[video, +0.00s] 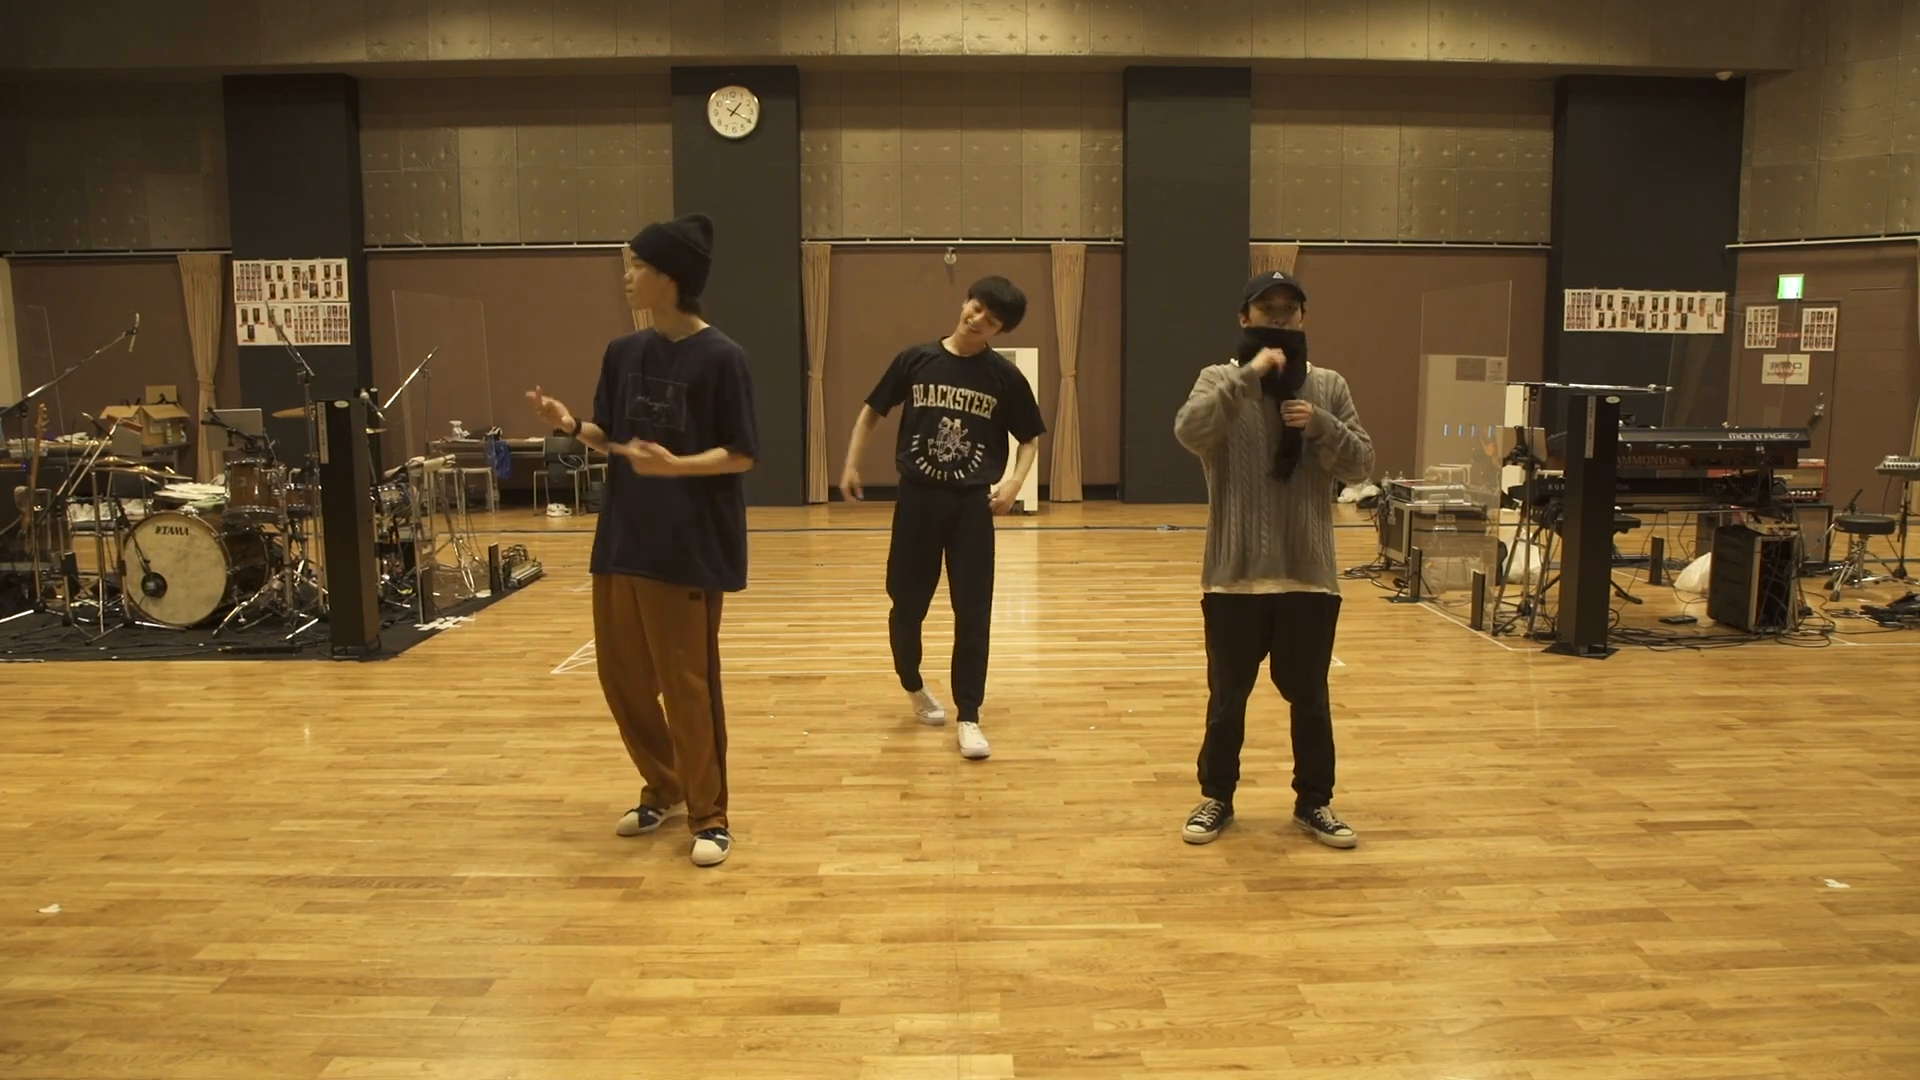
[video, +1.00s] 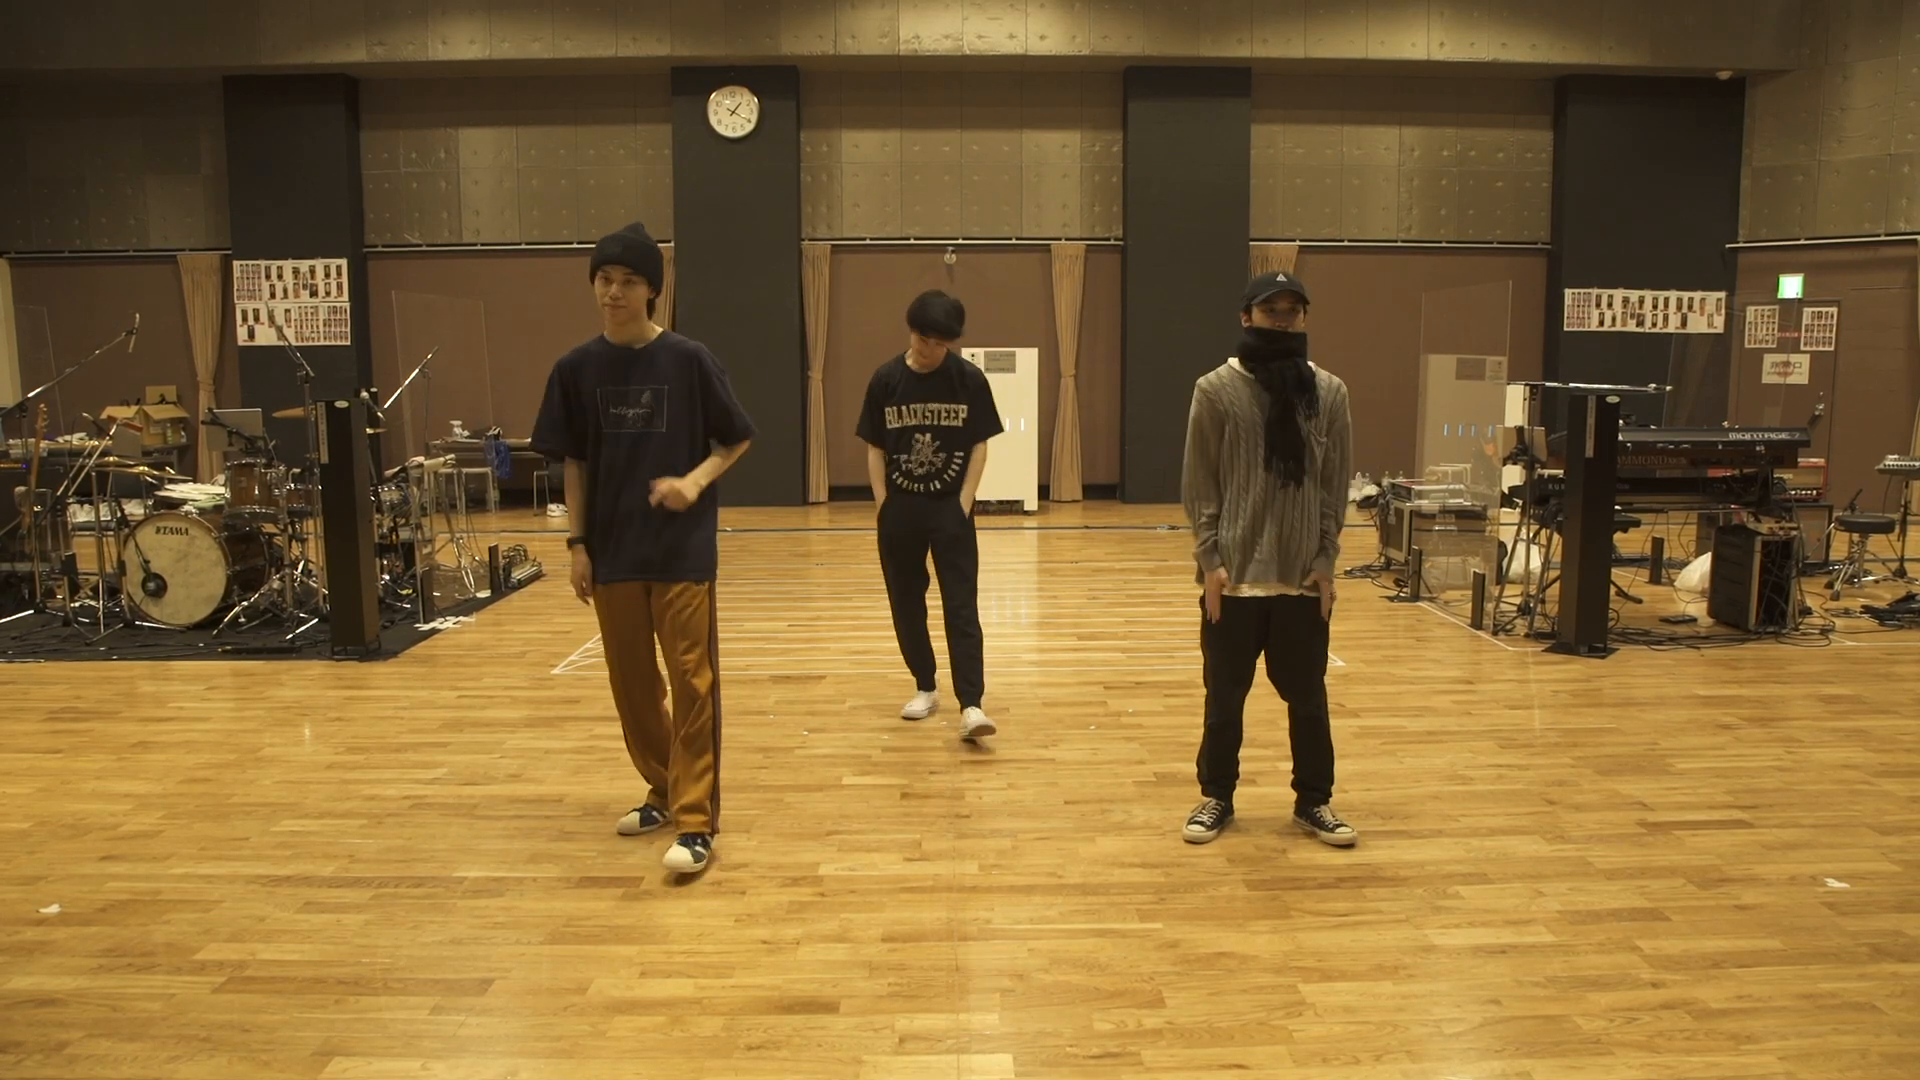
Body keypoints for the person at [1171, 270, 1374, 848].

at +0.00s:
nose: (1280, 320)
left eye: (1290, 310)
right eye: (1268, 310)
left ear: (1304, 319)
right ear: (1246, 317)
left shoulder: (1328, 387)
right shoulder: (1219, 382)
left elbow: (1361, 464)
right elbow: (1191, 432)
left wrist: (1321, 425)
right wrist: (1248, 373)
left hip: (1309, 574)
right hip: (1234, 573)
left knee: (1310, 697)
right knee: (1226, 697)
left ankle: (1314, 804)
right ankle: (1216, 801)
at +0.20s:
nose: (1282, 321)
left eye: (1291, 311)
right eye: (1271, 310)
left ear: (1305, 318)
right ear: (1247, 316)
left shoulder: (1328, 388)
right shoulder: (1217, 385)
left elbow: (1373, 463)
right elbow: (1168, 406)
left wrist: (1342, 417)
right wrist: (1224, 344)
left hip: (1308, 573)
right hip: (1232, 571)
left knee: (1310, 696)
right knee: (1226, 695)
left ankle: (1313, 804)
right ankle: (1215, 801)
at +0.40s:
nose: (1284, 321)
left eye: (1293, 311)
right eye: (1272, 310)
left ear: (1306, 319)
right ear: (1247, 316)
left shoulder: (1330, 391)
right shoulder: (1219, 384)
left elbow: (1362, 469)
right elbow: (1179, 422)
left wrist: (1324, 433)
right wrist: (1236, 364)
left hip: (1306, 575)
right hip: (1231, 573)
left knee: (1310, 697)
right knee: (1226, 695)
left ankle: (1313, 804)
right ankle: (1215, 801)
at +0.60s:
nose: (1281, 322)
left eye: (1291, 313)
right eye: (1270, 312)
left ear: (1304, 321)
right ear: (1247, 318)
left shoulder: (1330, 392)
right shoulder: (1220, 383)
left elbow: (1344, 480)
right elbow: (1212, 456)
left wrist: (1289, 449)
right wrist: (1276, 409)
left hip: (1304, 573)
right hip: (1229, 571)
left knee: (1309, 697)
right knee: (1225, 695)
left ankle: (1313, 805)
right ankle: (1215, 801)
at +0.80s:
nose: (1285, 321)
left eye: (1294, 311)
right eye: (1273, 311)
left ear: (1305, 319)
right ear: (1249, 317)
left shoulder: (1331, 393)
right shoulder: (1216, 392)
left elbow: (1350, 475)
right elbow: (1190, 472)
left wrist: (1367, 519)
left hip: (1304, 578)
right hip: (1230, 577)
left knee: (1307, 698)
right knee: (1223, 699)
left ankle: (1314, 804)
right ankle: (1215, 800)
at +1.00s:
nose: (1285, 320)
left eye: (1294, 311)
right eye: (1273, 310)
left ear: (1306, 319)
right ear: (1248, 317)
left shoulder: (1330, 392)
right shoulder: (1216, 389)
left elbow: (1336, 485)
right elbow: (1200, 484)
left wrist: (1327, 558)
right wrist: (1210, 562)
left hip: (1302, 577)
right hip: (1233, 576)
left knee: (1309, 697)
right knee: (1223, 697)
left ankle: (1313, 802)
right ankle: (1216, 799)